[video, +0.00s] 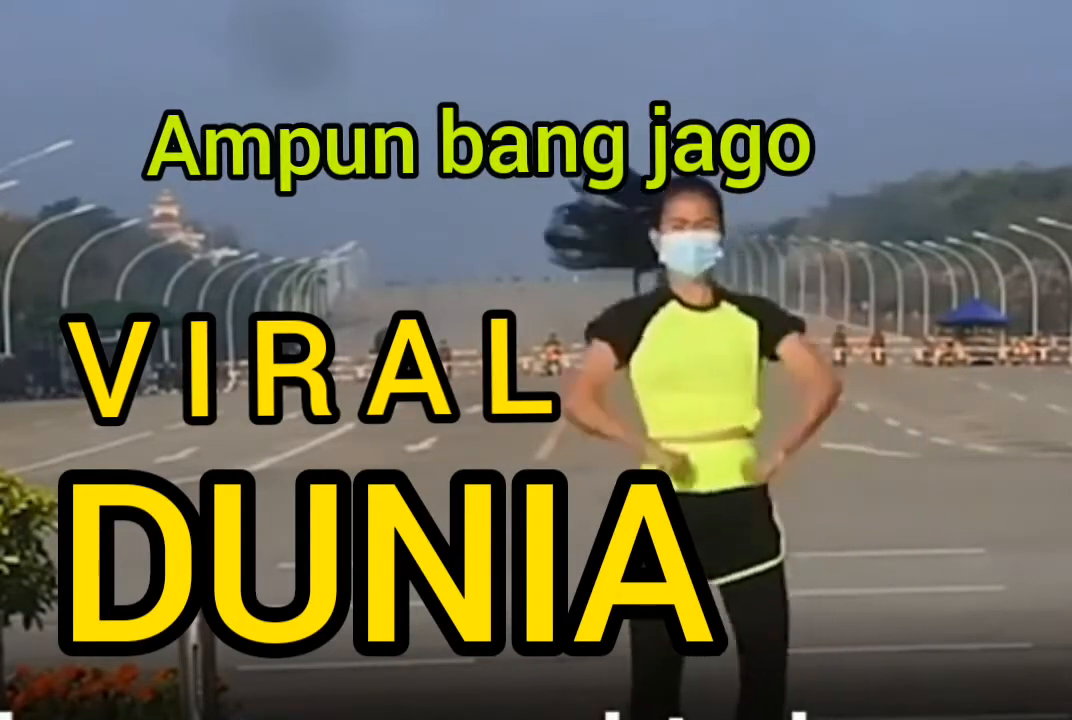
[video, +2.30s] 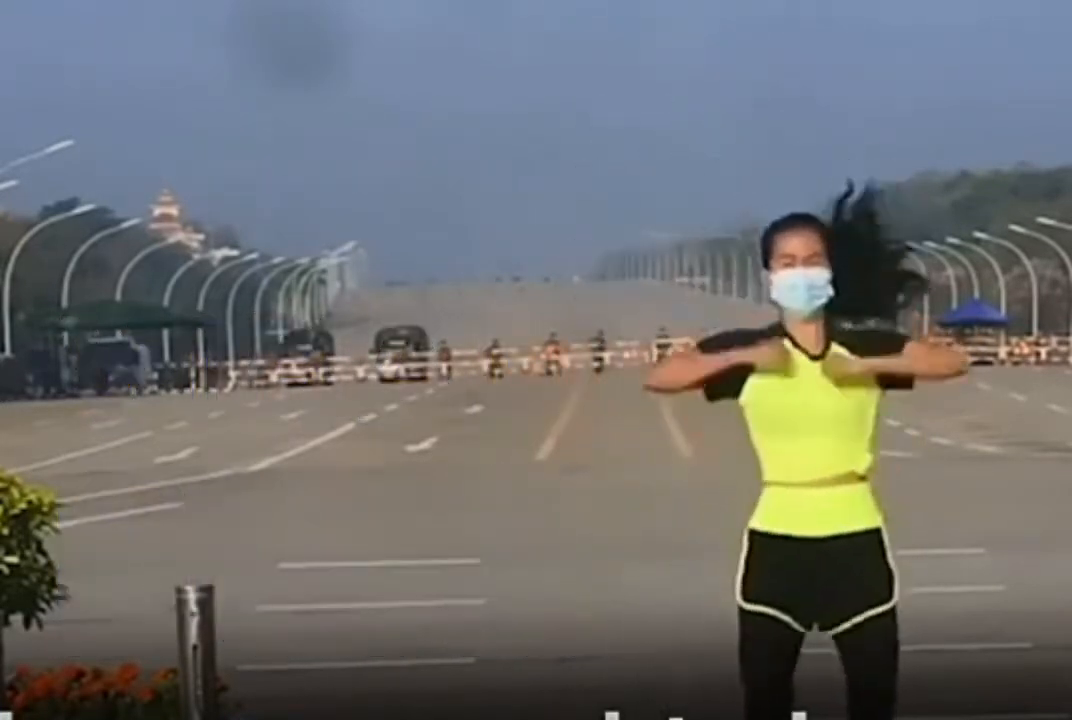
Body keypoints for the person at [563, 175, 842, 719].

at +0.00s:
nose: (693, 238)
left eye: (705, 226)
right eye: (679, 226)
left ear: (721, 238)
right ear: (658, 239)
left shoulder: (756, 316)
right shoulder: (631, 318)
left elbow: (824, 385)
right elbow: (578, 399)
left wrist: (779, 455)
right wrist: (639, 445)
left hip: (740, 508)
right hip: (658, 511)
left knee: (767, 666)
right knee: (654, 672)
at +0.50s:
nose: (676, 257)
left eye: (688, 244)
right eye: (663, 246)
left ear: (706, 255)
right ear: (643, 259)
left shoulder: (737, 330)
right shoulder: (620, 333)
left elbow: (817, 356)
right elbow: (539, 371)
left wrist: (742, 379)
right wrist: (620, 377)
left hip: (725, 519)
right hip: (646, 522)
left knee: (745, 682)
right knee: (635, 684)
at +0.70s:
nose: (684, 211)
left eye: (696, 199)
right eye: (669, 200)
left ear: (713, 210)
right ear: (648, 213)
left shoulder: (750, 288)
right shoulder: (625, 295)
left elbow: (814, 362)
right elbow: (568, 379)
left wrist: (785, 440)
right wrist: (626, 458)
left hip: (743, 485)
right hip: (660, 486)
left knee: (761, 650)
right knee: (661, 652)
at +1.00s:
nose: (706, 279)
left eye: (717, 267)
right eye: (691, 269)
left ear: (735, 278)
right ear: (670, 282)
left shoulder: (768, 352)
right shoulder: (655, 356)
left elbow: (800, 382)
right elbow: (651, 385)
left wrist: (810, 372)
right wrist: (656, 381)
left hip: (766, 541)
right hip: (687, 548)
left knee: (833, 685)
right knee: (661, 697)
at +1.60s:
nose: (760, 218)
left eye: (772, 207)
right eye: (746, 208)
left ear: (790, 218)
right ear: (726, 220)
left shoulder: (827, 296)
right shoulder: (705, 296)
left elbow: (843, 350)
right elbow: (698, 364)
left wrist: (860, 392)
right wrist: (700, 418)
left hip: (813, 488)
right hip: (732, 490)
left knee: (845, 654)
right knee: (703, 656)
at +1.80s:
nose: (786, 224)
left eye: (798, 212)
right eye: (771, 213)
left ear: (815, 224)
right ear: (752, 227)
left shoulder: (852, 303)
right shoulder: (728, 305)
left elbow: (918, 363)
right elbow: (664, 377)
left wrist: (864, 422)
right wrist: (736, 420)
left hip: (832, 499)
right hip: (751, 500)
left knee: (861, 663)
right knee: (739, 667)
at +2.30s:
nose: (802, 273)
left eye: (814, 261)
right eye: (788, 262)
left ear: (832, 270)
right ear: (768, 276)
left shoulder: (864, 345)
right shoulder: (743, 348)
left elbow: (955, 363)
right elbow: (658, 380)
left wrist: (867, 367)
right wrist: (744, 357)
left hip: (856, 539)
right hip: (776, 541)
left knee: (874, 699)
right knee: (764, 702)